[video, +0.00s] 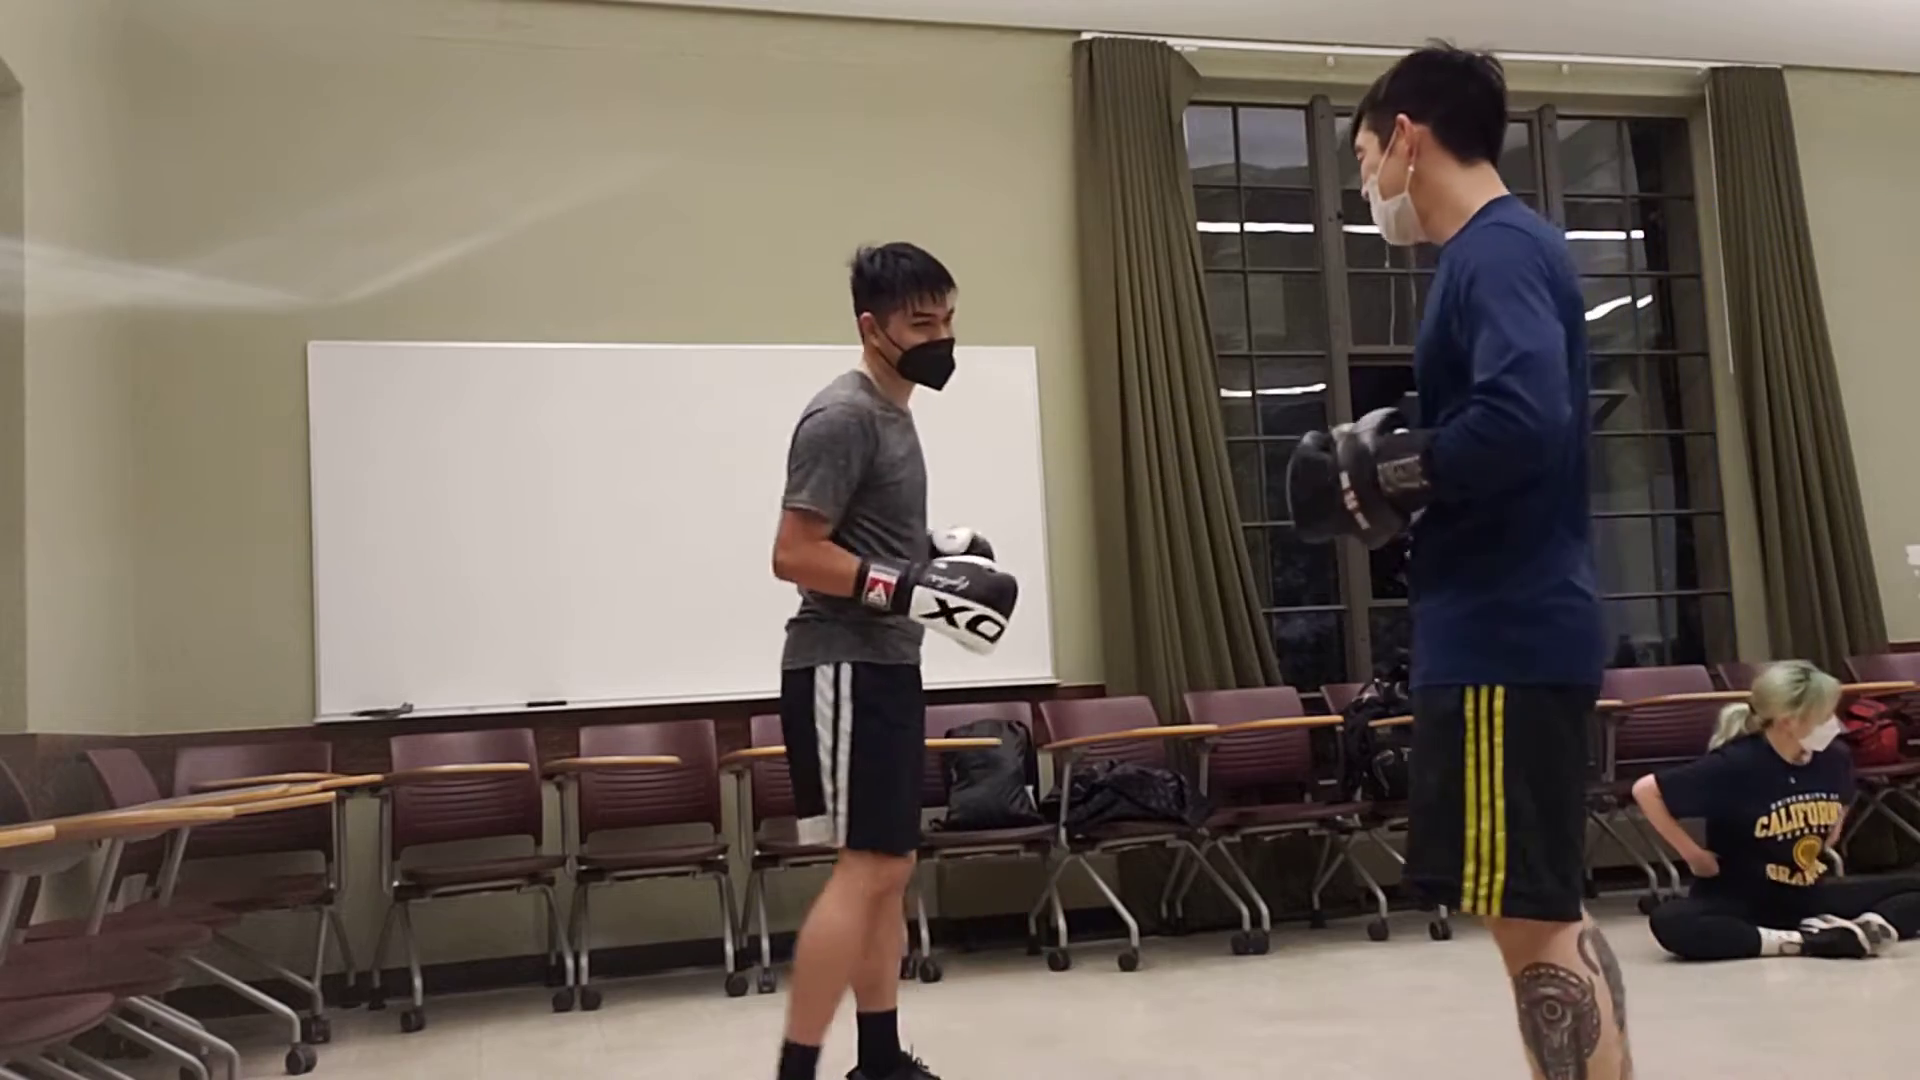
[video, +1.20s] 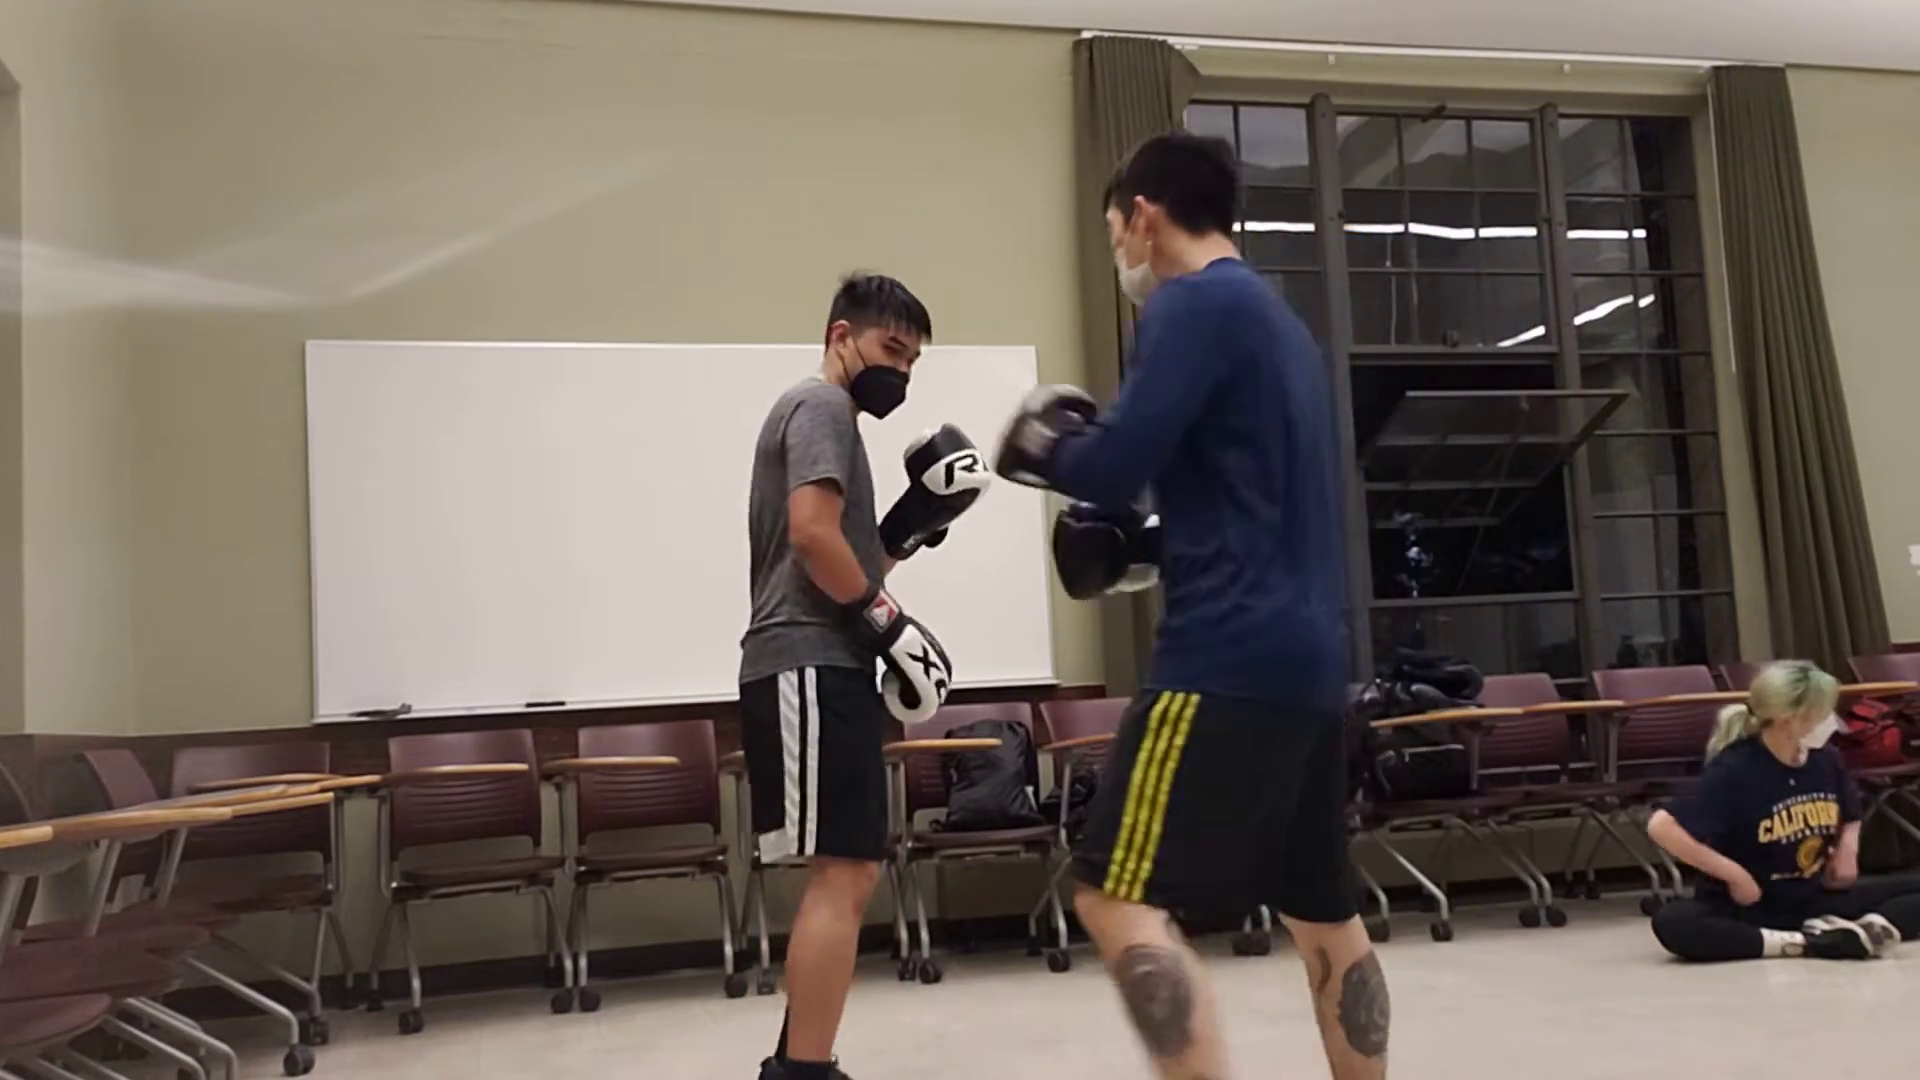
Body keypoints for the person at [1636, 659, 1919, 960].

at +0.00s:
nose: (1835, 726)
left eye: (1833, 716)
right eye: (1825, 719)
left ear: (1793, 722)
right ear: (1789, 723)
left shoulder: (1834, 760)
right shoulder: (1736, 764)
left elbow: (1843, 804)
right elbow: (1645, 790)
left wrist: (1822, 845)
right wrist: (1692, 854)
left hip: (1809, 895)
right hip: (1738, 901)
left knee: (1917, 891)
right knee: (1669, 921)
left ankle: (1854, 931)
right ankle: (1795, 943)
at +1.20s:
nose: (1830, 722)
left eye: (1829, 713)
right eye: (1821, 715)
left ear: (1796, 720)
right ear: (1788, 719)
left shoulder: (1826, 762)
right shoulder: (1734, 769)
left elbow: (1851, 813)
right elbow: (1662, 826)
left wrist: (1846, 852)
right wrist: (1733, 874)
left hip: (1817, 899)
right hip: (1747, 908)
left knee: (1916, 888)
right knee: (1671, 922)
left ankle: (1854, 930)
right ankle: (1797, 944)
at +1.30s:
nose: (1823, 715)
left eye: (1822, 706)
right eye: (1815, 707)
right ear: (1784, 714)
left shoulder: (1825, 764)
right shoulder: (1735, 769)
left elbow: (1856, 829)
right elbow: (1675, 843)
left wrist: (1852, 861)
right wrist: (1759, 880)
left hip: (1824, 899)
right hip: (1747, 907)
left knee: (1915, 892)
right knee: (1670, 922)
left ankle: (1851, 930)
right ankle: (1794, 945)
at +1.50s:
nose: (1820, 712)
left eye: (1819, 703)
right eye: (1812, 703)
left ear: (1784, 708)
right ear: (1781, 708)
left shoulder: (1823, 766)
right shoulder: (1735, 769)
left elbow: (1852, 842)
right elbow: (1704, 862)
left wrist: (1856, 878)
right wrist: (1796, 890)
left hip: (1822, 898)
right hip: (1749, 905)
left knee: (1915, 897)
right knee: (1670, 922)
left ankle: (1850, 930)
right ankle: (1792, 945)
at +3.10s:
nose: (1830, 716)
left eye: (1829, 705)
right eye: (1817, 707)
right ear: (1777, 712)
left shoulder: (1836, 772)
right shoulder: (1740, 775)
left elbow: (1857, 852)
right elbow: (1724, 870)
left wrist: (1859, 899)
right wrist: (1801, 920)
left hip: (1828, 903)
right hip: (1755, 908)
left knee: (1916, 899)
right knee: (1672, 922)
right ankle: (1792, 944)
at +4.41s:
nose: (1834, 715)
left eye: (1834, 704)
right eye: (1820, 706)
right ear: (1781, 712)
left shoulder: (1838, 774)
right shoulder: (1746, 775)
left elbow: (1858, 855)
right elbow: (1733, 872)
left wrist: (1867, 910)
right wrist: (1807, 927)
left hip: (1832, 906)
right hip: (1760, 910)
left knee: (1915, 895)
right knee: (1677, 923)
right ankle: (1795, 945)